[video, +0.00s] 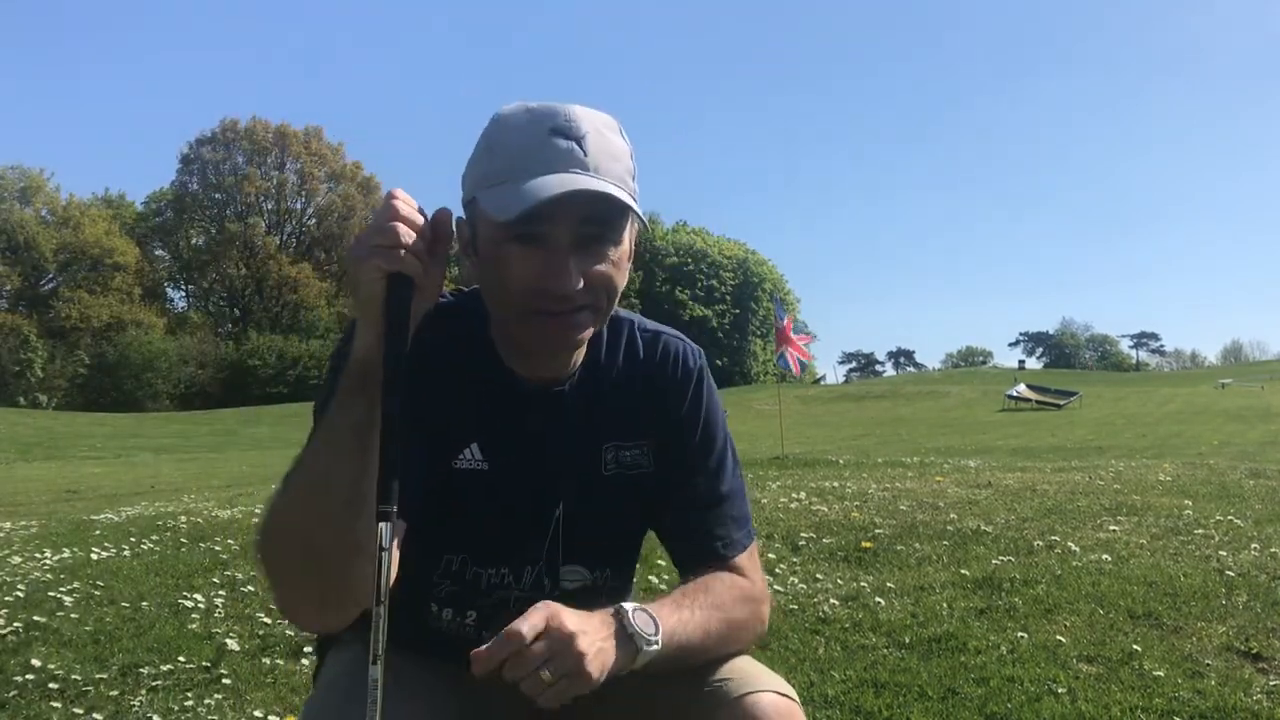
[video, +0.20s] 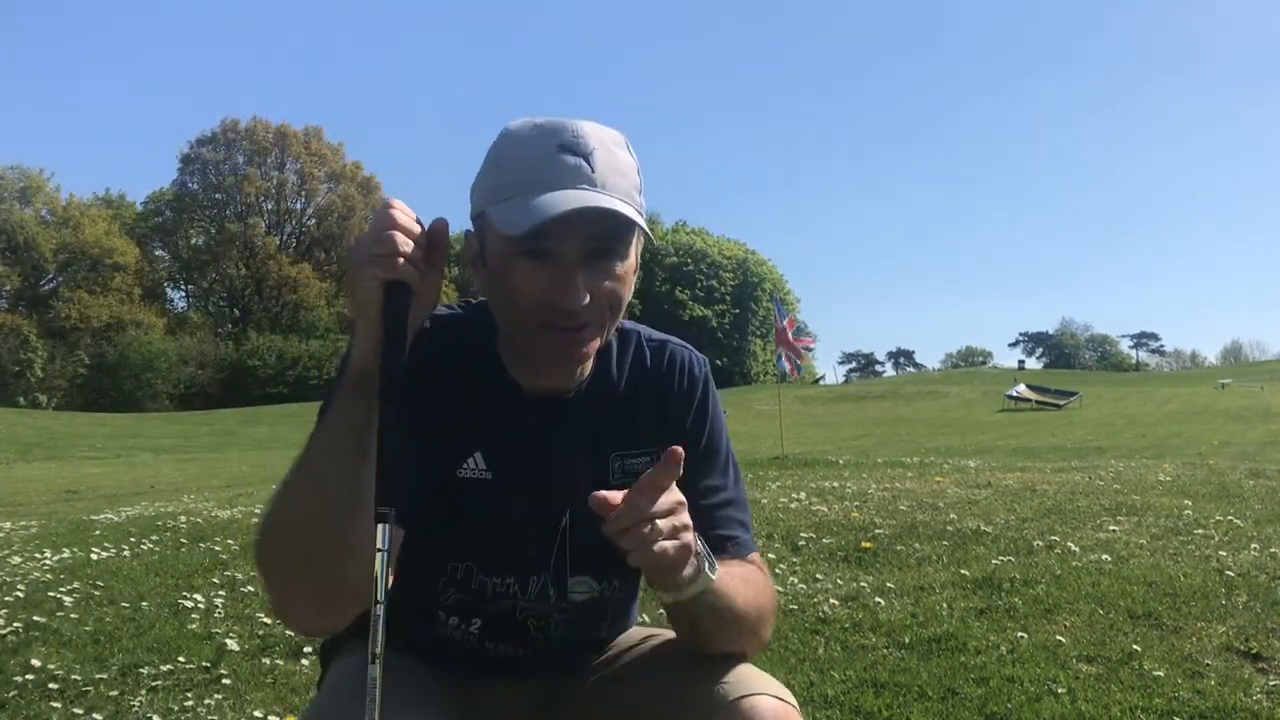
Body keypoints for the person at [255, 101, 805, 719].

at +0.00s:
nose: (564, 279)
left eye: (594, 238)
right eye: (528, 238)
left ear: (631, 248)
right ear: (469, 245)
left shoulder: (666, 372)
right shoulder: (401, 352)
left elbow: (742, 596)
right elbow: (314, 604)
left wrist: (618, 636)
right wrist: (371, 344)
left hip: (599, 668)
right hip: (421, 662)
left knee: (768, 708)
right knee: (346, 700)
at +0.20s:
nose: (574, 291)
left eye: (604, 254)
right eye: (538, 252)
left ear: (636, 262)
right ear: (477, 256)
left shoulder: (671, 379)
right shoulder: (413, 361)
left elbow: (745, 632)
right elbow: (307, 606)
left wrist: (685, 578)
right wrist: (369, 354)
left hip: (598, 662)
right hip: (425, 667)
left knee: (763, 710)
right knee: (347, 708)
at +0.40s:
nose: (590, 297)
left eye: (619, 261)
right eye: (554, 259)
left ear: (651, 270)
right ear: (492, 263)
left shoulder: (682, 386)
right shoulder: (419, 366)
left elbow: (752, 611)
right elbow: (294, 602)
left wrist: (655, 597)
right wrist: (362, 360)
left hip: (605, 661)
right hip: (428, 665)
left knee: (760, 710)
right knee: (345, 707)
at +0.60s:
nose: (605, 295)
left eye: (633, 260)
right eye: (569, 258)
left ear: (664, 268)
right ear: (506, 264)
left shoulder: (688, 384)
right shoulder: (429, 363)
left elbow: (756, 613)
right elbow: (290, 599)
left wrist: (619, 625)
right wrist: (365, 358)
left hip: (601, 668)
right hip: (426, 667)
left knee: (764, 709)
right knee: (336, 702)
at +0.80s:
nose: (606, 293)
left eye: (634, 256)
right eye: (570, 255)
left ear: (665, 267)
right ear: (507, 264)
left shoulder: (687, 387)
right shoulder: (433, 361)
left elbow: (755, 614)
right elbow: (299, 599)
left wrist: (642, 623)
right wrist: (378, 356)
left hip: (603, 668)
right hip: (428, 666)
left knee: (761, 708)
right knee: (348, 701)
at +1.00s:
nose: (597, 291)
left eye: (626, 252)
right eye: (560, 252)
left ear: (660, 263)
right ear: (501, 263)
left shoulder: (688, 388)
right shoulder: (430, 362)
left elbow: (752, 612)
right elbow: (302, 601)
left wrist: (685, 621)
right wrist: (377, 357)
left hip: (607, 666)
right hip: (430, 666)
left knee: (762, 712)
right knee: (348, 708)